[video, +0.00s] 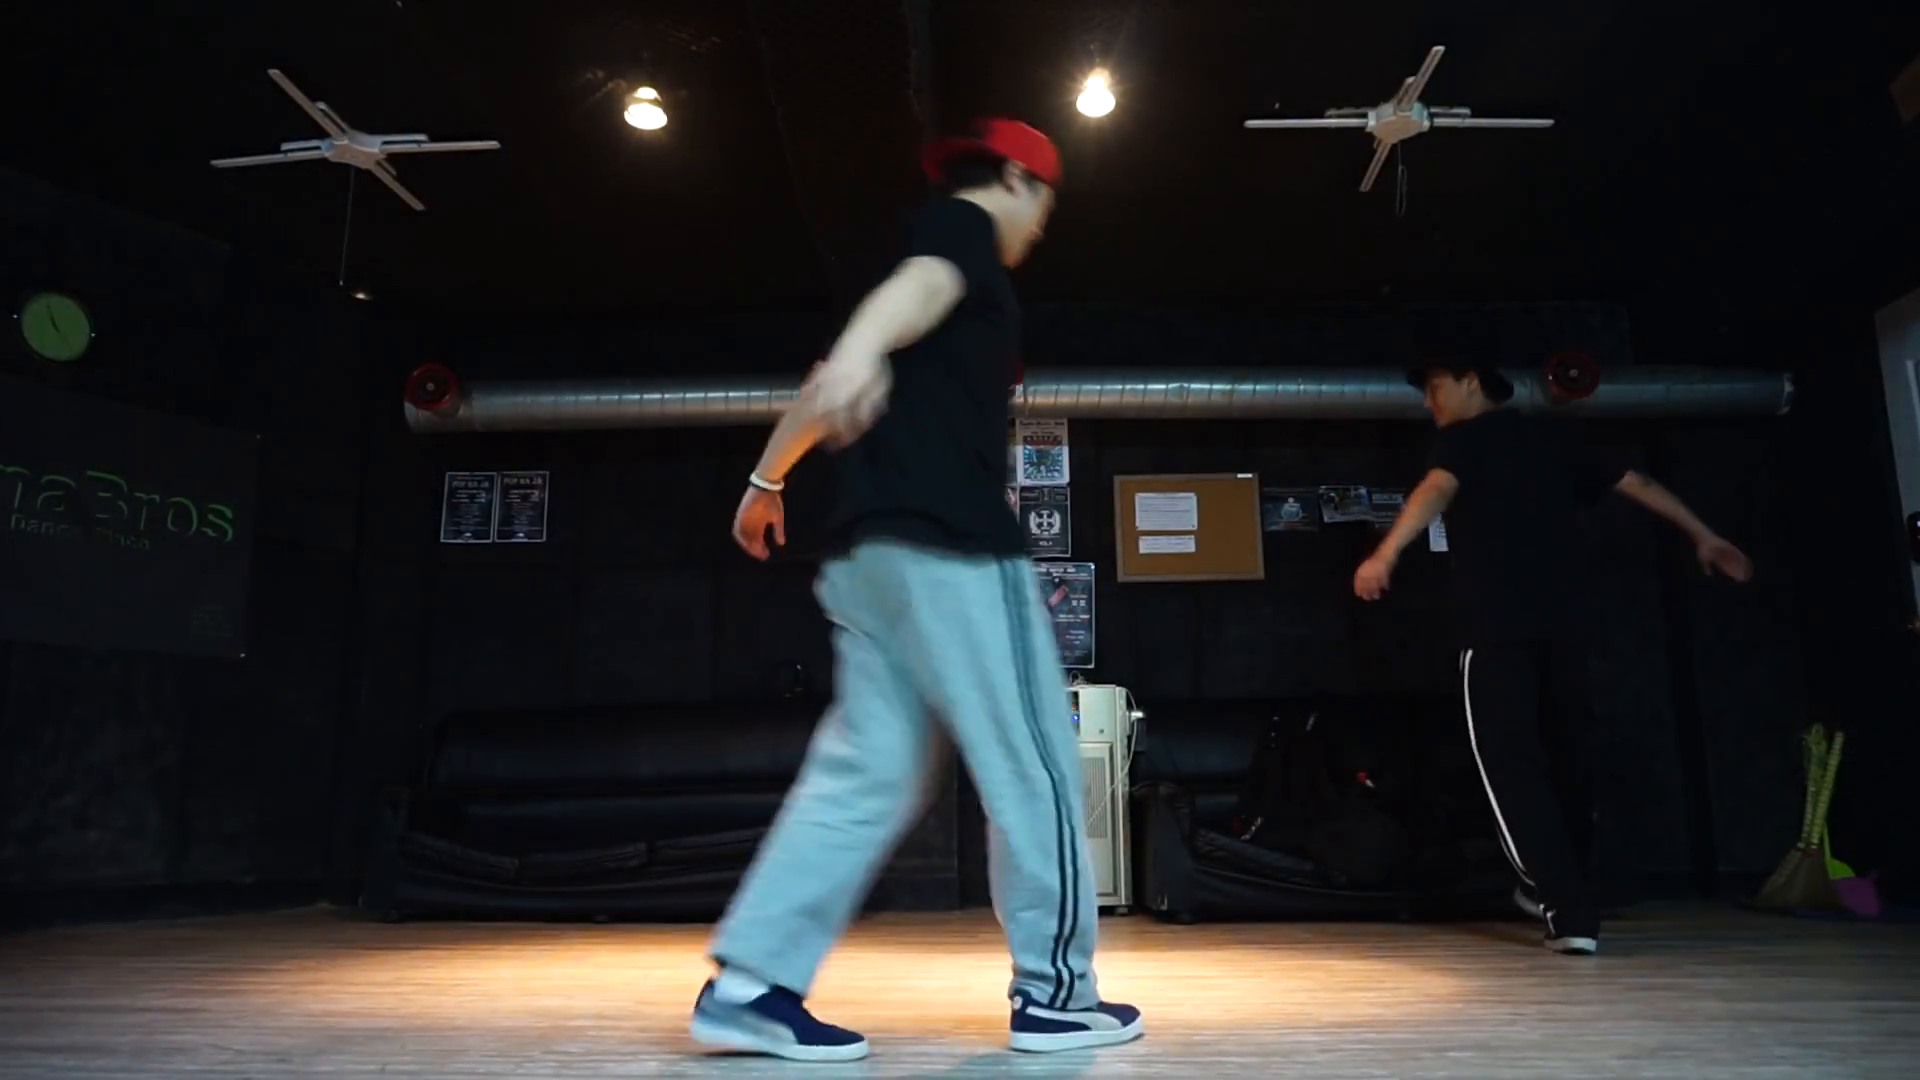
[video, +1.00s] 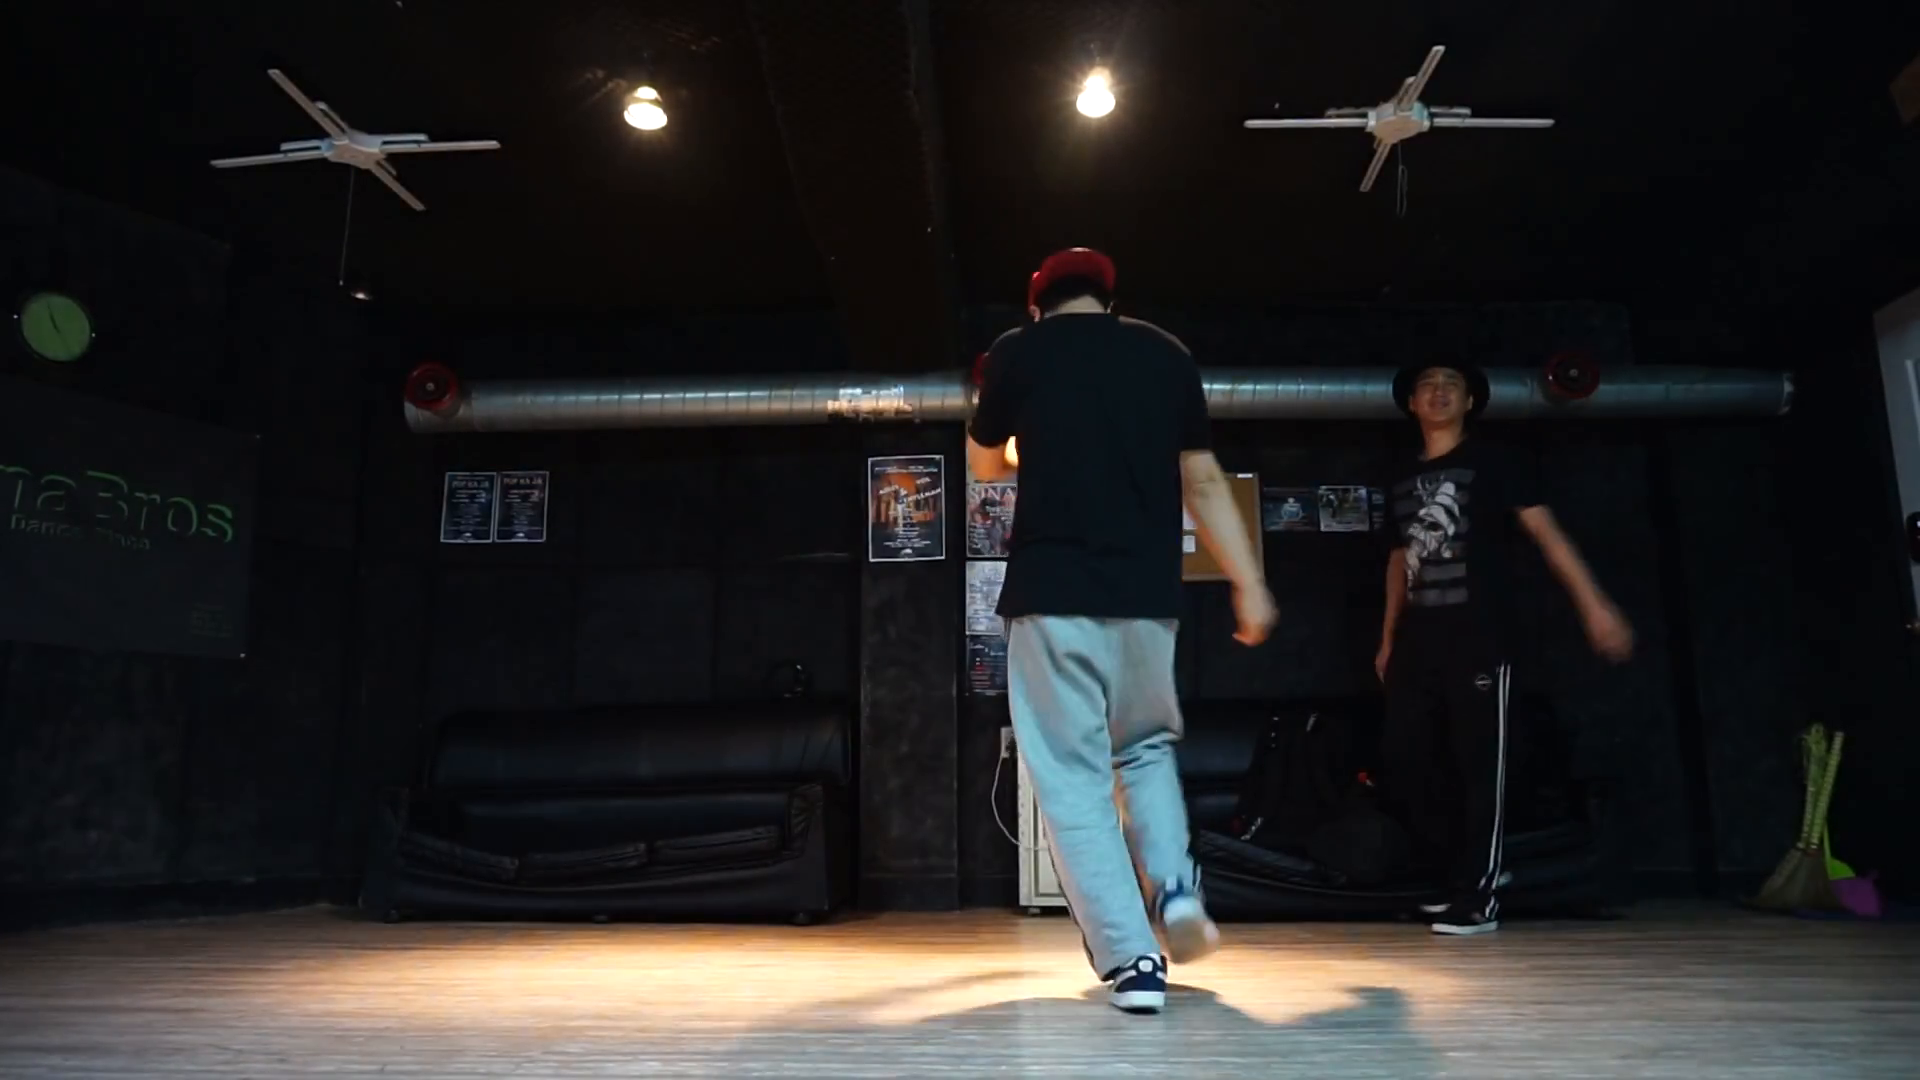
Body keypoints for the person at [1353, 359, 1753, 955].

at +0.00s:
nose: (1432, 406)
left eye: (1435, 390)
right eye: (1429, 394)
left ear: (1468, 381)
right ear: (1484, 382)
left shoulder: (1463, 439)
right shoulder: (1551, 435)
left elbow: (1436, 488)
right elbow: (1635, 484)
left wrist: (1384, 554)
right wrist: (1703, 536)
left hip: (1494, 629)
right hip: (1563, 624)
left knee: (1508, 765)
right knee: (1562, 752)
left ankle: (1571, 916)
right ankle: (1557, 892)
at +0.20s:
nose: (1433, 419)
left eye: (1441, 406)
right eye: (1430, 409)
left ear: (1476, 401)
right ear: (1482, 407)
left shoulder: (1474, 457)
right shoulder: (1538, 452)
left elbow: (1458, 526)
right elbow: (1600, 525)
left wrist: (1425, 598)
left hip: (1501, 626)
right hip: (1554, 621)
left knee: (1486, 764)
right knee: (1549, 756)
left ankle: (1566, 875)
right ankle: (1552, 902)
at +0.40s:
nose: (1445, 403)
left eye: (1456, 391)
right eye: (1440, 395)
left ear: (1490, 394)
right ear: (1438, 404)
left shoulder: (1494, 453)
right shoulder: (1503, 453)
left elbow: (1451, 532)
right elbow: (1490, 553)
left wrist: (1378, 587)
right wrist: (1429, 554)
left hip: (1502, 629)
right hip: (1517, 624)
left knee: (1468, 759)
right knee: (1523, 754)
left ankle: (1545, 880)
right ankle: (1563, 892)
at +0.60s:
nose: (1444, 407)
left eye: (1457, 396)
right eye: (1437, 399)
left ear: (1488, 403)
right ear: (1433, 411)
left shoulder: (1497, 457)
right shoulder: (1470, 469)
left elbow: (1444, 535)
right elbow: (1432, 554)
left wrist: (1358, 551)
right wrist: (1357, 552)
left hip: (1514, 633)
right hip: (1500, 632)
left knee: (1488, 765)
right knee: (1531, 761)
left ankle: (1476, 900)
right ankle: (1554, 896)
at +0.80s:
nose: (1439, 406)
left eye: (1451, 397)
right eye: (1430, 399)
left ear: (1476, 407)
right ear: (1420, 414)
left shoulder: (1495, 466)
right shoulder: (1431, 483)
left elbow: (1476, 551)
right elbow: (1414, 551)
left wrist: (1441, 627)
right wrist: (1389, 600)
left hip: (1493, 635)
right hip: (1450, 633)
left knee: (1482, 766)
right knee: (1463, 763)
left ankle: (1479, 900)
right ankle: (1537, 867)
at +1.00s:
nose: (1438, 393)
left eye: (1450, 385)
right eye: (1427, 385)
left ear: (1470, 401)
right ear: (1410, 402)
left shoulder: (1496, 463)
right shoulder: (1405, 480)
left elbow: (1548, 534)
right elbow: (1399, 564)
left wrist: (1595, 608)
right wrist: (1389, 639)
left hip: (1481, 639)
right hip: (1420, 644)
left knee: (1480, 770)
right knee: (1422, 764)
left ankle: (1478, 900)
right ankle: (1452, 883)